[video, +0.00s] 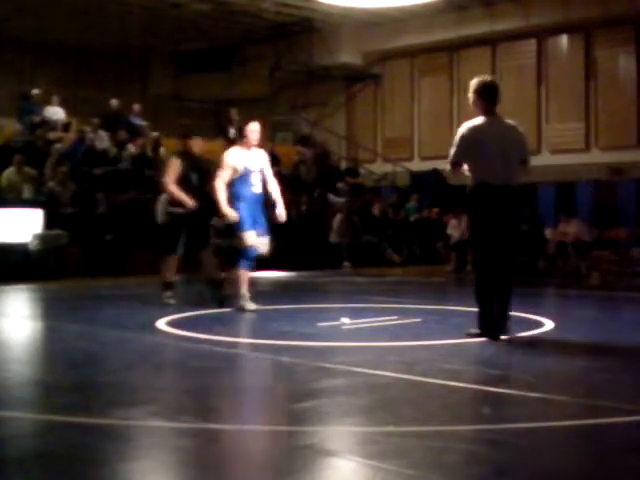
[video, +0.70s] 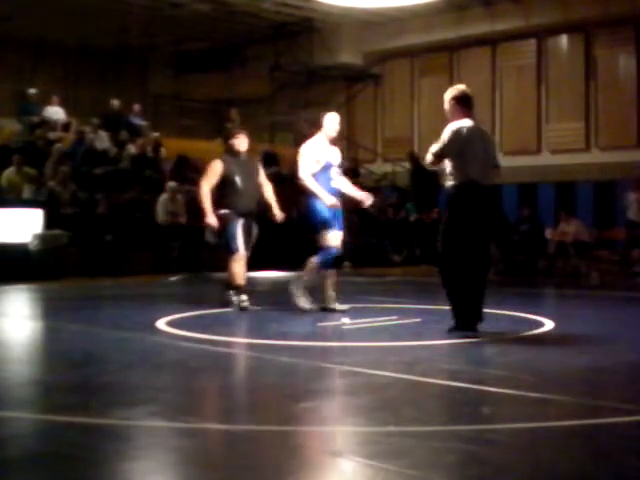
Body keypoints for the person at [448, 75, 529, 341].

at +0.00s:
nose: (471, 101)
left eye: (472, 97)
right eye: (472, 96)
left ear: (476, 100)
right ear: (497, 100)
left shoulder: (469, 131)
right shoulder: (513, 131)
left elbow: (454, 165)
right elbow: (525, 162)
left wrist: (470, 166)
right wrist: (503, 163)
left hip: (481, 199)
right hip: (509, 200)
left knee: (483, 260)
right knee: (504, 259)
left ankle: (487, 325)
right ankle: (500, 322)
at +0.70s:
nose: (446, 111)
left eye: (447, 106)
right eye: (446, 106)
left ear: (454, 106)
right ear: (470, 106)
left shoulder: (455, 130)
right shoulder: (484, 134)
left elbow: (432, 158)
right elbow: (495, 167)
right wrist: (474, 168)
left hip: (461, 198)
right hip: (483, 198)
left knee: (453, 254)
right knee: (477, 254)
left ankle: (463, 318)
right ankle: (472, 314)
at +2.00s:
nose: (403, 116)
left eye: (405, 111)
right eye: (404, 111)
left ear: (410, 112)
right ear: (429, 111)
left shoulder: (409, 138)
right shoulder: (449, 134)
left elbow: (393, 175)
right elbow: (459, 173)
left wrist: (393, 202)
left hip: (424, 199)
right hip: (449, 197)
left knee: (434, 261)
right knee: (439, 259)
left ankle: (446, 322)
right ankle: (432, 313)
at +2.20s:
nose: (404, 118)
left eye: (405, 114)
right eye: (405, 114)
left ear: (411, 113)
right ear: (430, 112)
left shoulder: (408, 136)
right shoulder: (447, 136)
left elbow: (397, 173)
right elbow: (465, 172)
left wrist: (394, 202)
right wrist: (484, 201)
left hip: (422, 202)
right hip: (451, 201)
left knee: (421, 259)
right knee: (435, 256)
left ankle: (436, 315)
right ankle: (437, 311)